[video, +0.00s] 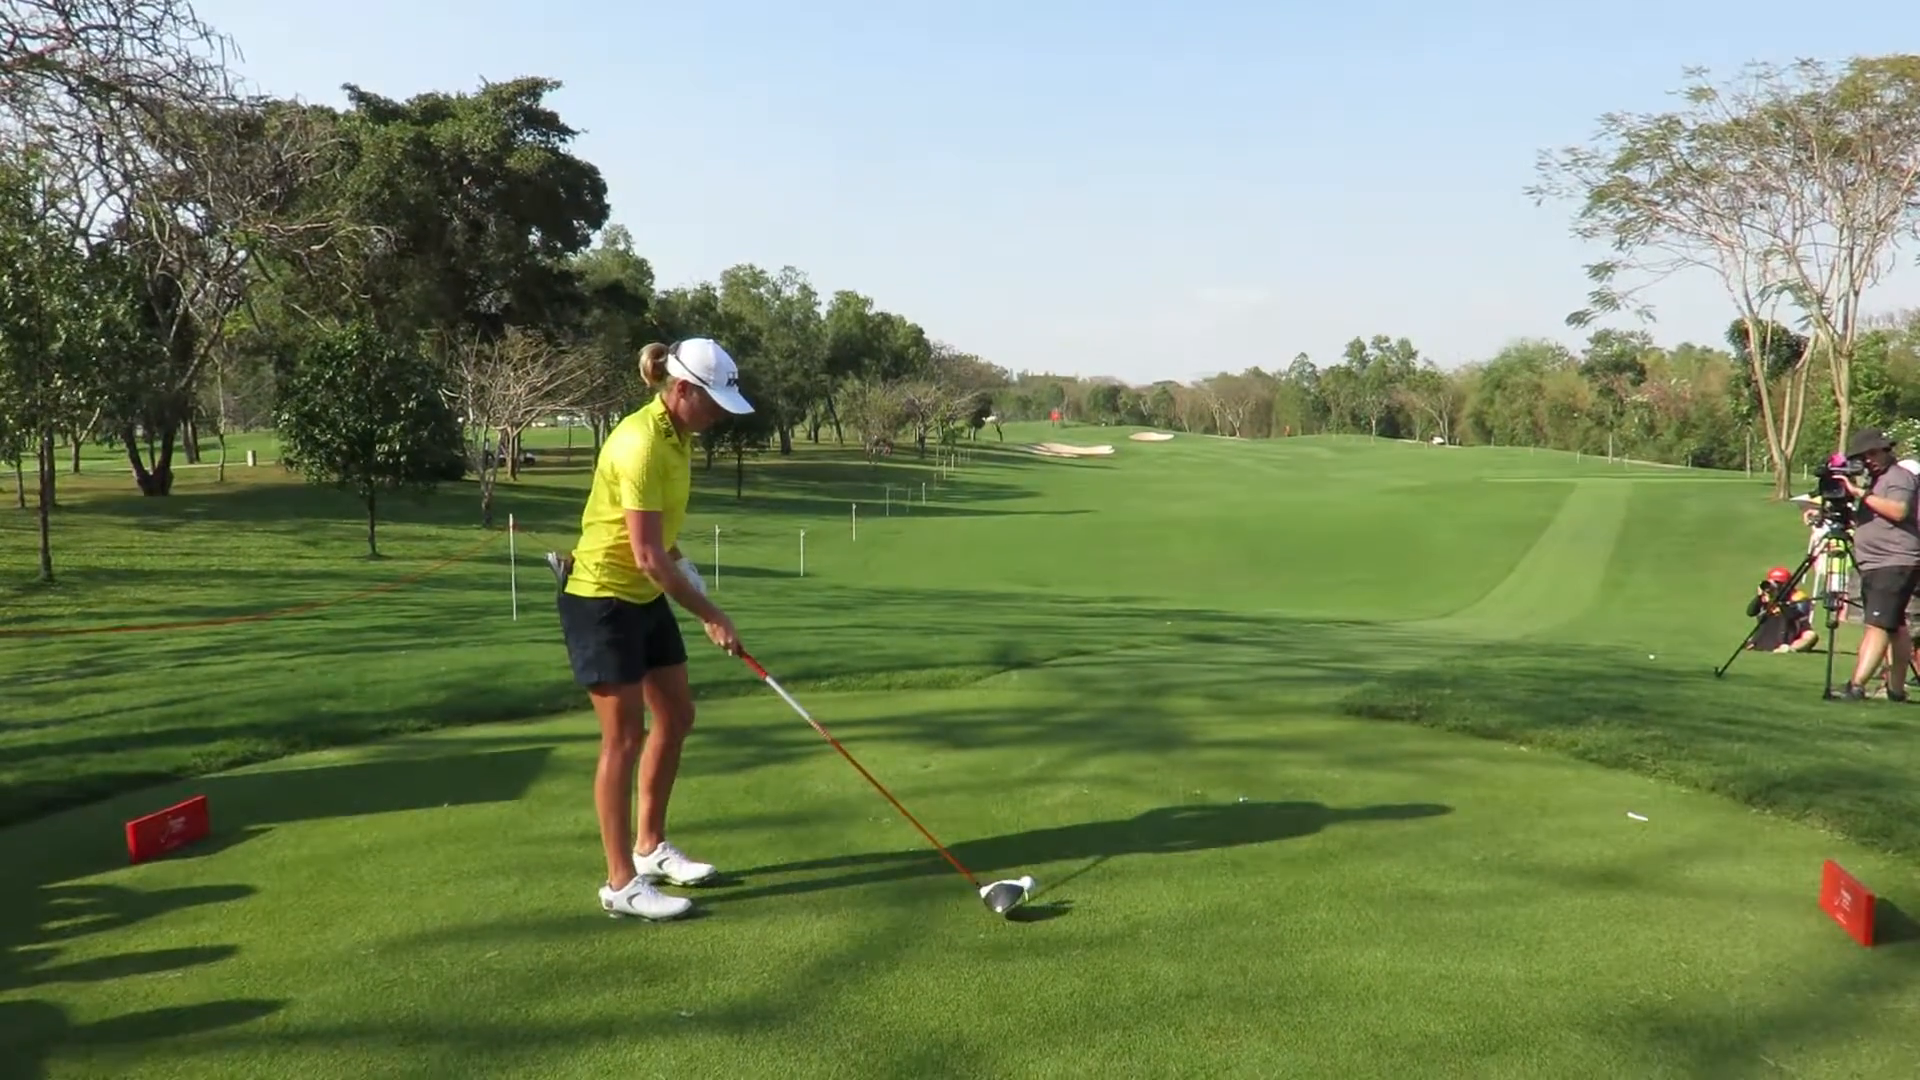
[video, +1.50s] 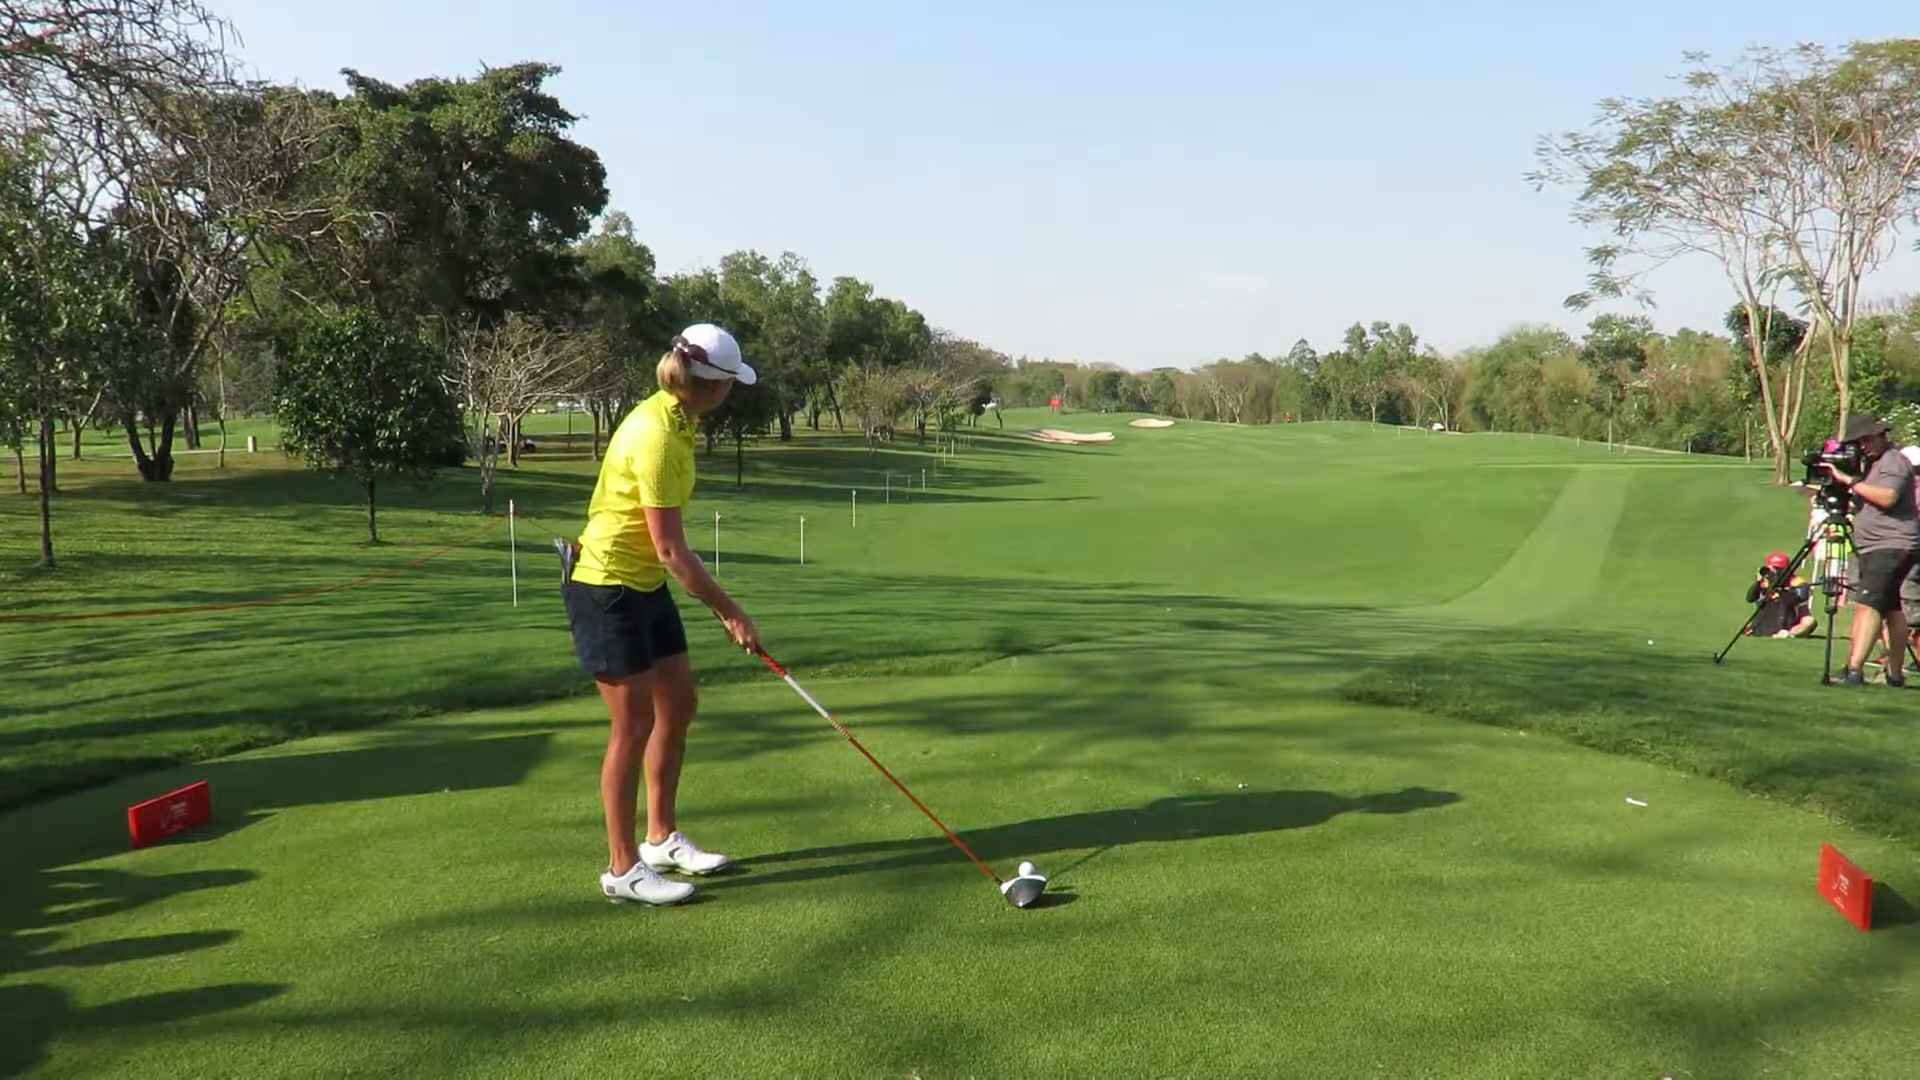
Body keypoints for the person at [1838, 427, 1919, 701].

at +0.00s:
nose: (1867, 462)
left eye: (1870, 455)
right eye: (1863, 458)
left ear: (1885, 452)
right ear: (1865, 459)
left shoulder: (1900, 476)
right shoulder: (1879, 480)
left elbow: (1898, 511)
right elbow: (1867, 517)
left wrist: (1861, 494)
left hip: (1895, 563)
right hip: (1876, 563)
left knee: (1877, 623)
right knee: (1895, 628)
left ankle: (1856, 685)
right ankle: (1897, 689)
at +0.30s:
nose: (1867, 457)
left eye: (1871, 450)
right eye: (1863, 452)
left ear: (1885, 446)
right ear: (1862, 453)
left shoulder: (1898, 472)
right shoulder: (1876, 475)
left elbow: (1896, 506)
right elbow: (1865, 510)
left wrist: (1858, 488)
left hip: (1893, 555)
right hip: (1875, 556)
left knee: (1872, 615)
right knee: (1893, 622)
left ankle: (1854, 680)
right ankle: (1895, 683)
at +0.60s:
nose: (1866, 451)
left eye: (1869, 445)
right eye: (1863, 447)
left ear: (1884, 440)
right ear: (1865, 447)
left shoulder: (1897, 465)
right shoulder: (1879, 468)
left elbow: (1894, 500)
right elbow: (1870, 502)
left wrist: (1857, 483)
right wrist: (1847, 481)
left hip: (1890, 550)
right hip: (1875, 550)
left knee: (1868, 608)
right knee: (1892, 615)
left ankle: (1854, 673)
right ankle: (1895, 676)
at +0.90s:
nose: (1866, 449)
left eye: (1870, 442)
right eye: (1862, 444)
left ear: (1885, 438)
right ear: (1861, 445)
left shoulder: (1896, 463)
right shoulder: (1877, 467)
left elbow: (1891, 498)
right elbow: (1867, 498)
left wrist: (1854, 482)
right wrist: (1843, 479)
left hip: (1889, 547)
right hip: (1874, 547)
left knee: (1866, 606)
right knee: (1891, 613)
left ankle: (1853, 671)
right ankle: (1894, 674)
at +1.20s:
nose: (1864, 450)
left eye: (1868, 443)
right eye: (1860, 446)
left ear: (1883, 439)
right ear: (1860, 447)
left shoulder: (1895, 464)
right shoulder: (1876, 468)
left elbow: (1889, 499)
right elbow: (1865, 494)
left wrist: (1852, 483)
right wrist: (1843, 477)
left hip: (1888, 548)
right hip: (1875, 548)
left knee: (1863, 606)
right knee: (1890, 613)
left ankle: (1853, 671)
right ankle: (1895, 675)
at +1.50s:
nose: (1863, 447)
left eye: (1866, 440)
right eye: (1859, 443)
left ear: (1882, 436)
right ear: (1858, 444)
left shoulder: (1893, 461)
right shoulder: (1875, 465)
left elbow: (1887, 497)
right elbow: (1865, 495)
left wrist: (1850, 481)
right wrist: (1842, 477)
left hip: (1892, 546)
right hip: (1875, 547)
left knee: (1869, 604)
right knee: (1892, 611)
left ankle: (1853, 670)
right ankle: (1895, 674)